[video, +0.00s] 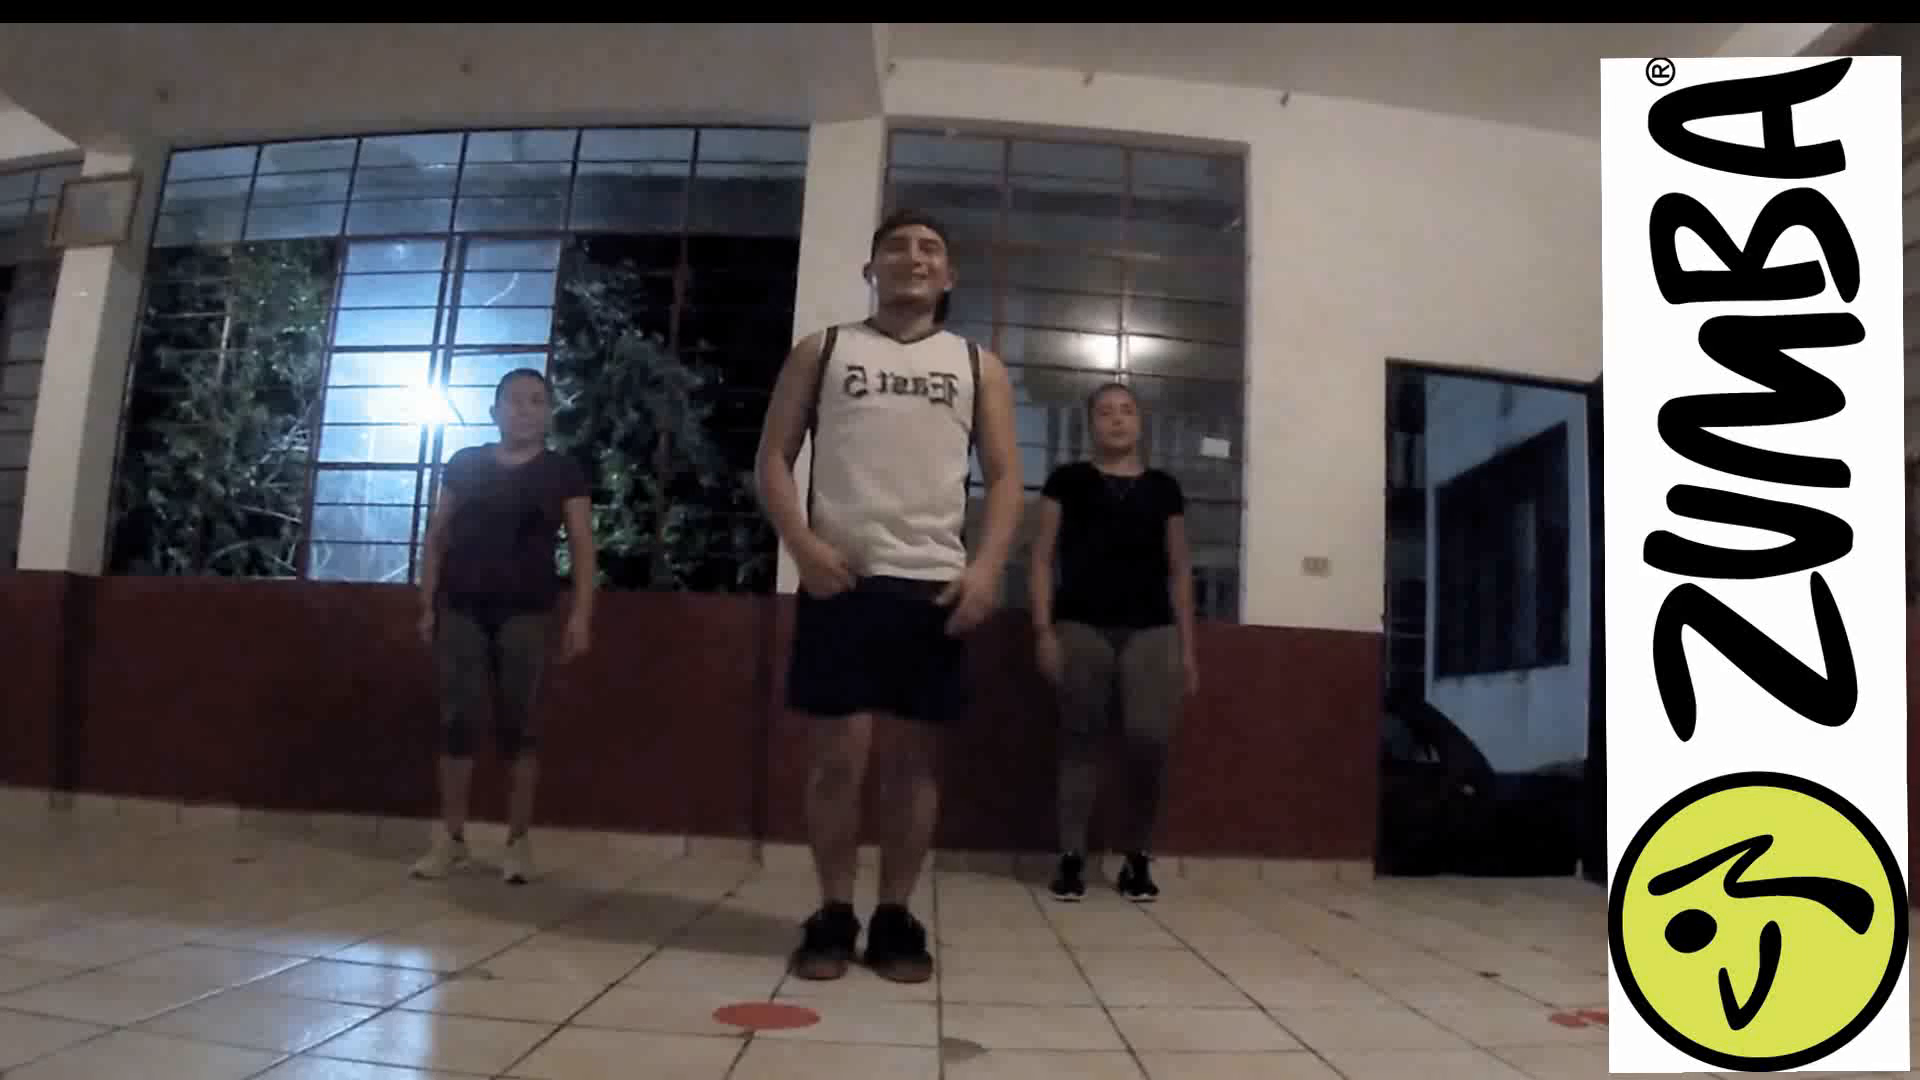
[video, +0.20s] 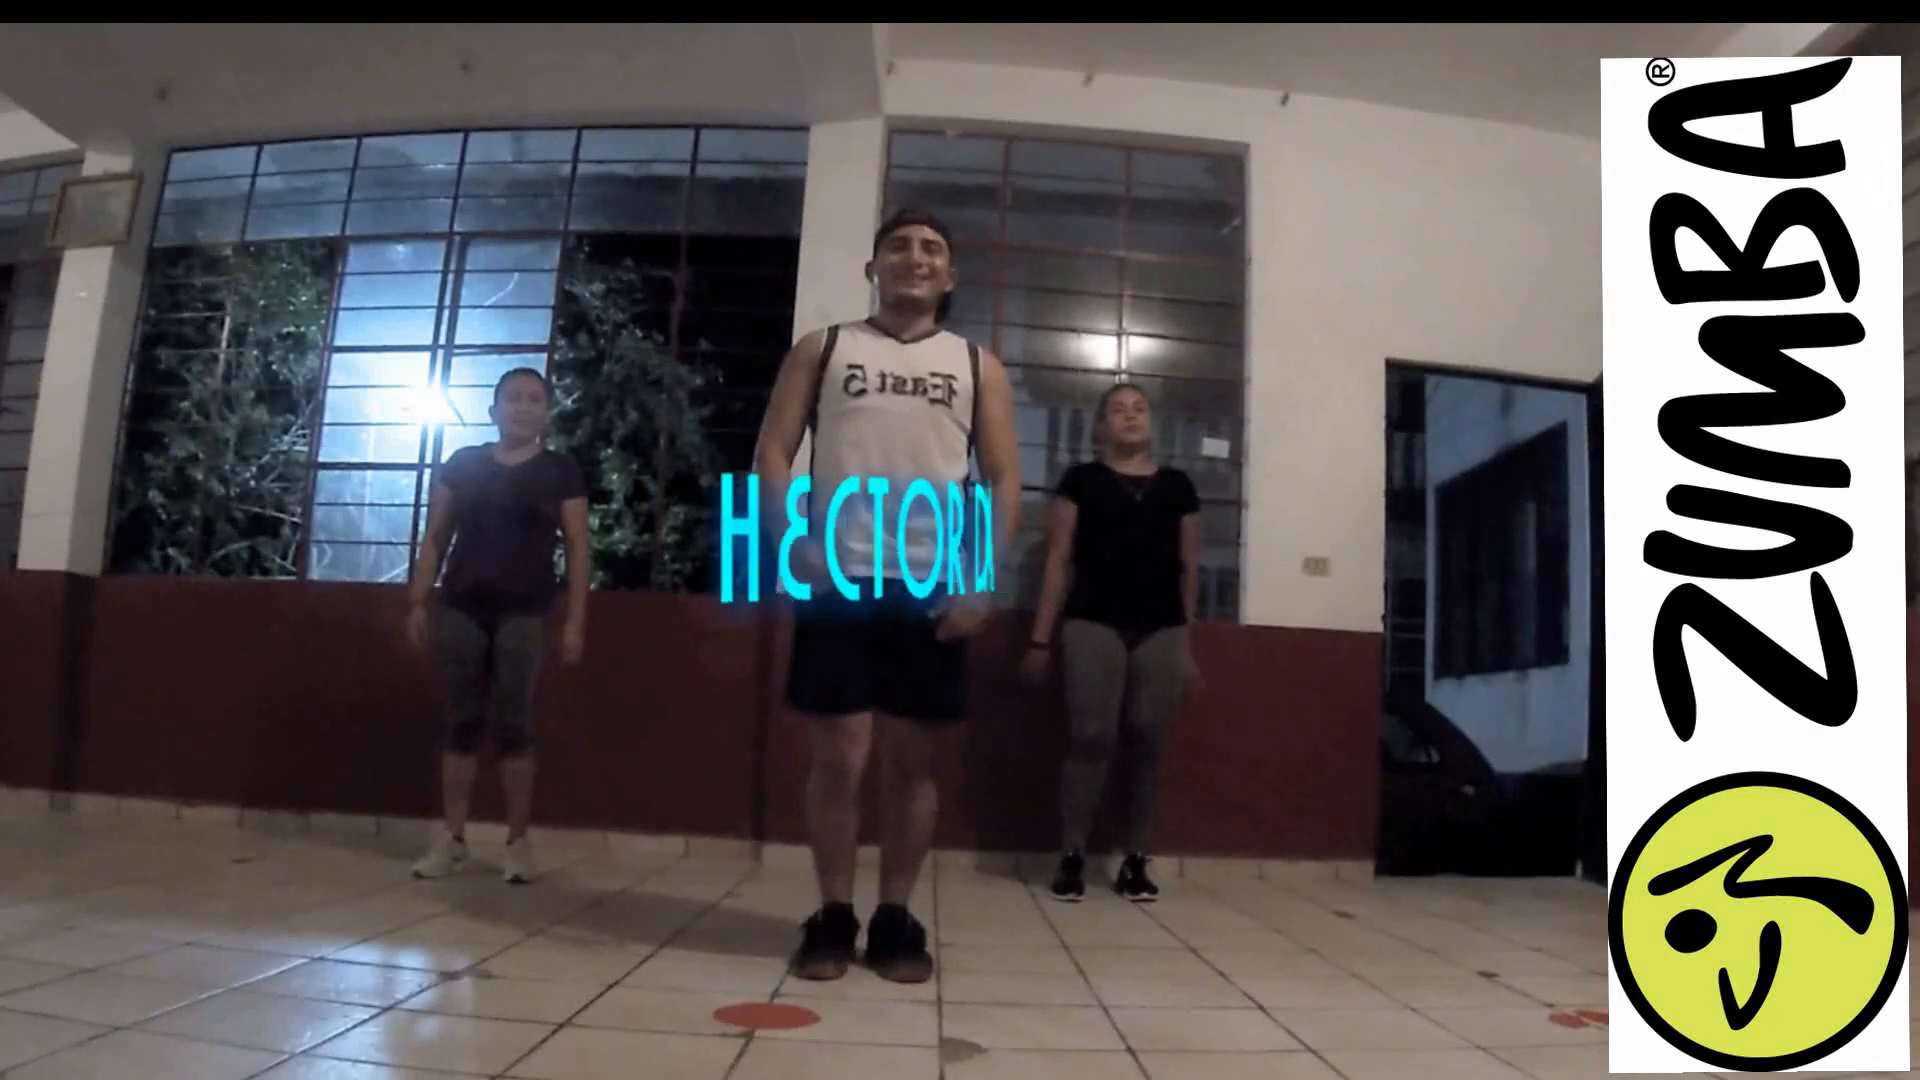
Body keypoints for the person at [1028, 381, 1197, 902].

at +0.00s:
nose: (1117, 420)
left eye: (1126, 412)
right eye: (1106, 413)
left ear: (1141, 424)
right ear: (1090, 425)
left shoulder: (1162, 488)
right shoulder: (1067, 481)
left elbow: (1180, 570)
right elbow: (1041, 559)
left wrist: (1187, 649)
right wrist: (1044, 632)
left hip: (1151, 635)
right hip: (1083, 632)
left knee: (1149, 747)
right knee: (1079, 744)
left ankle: (1138, 857)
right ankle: (1072, 853)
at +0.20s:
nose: (1131, 417)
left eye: (1139, 410)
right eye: (1120, 411)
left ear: (1152, 422)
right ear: (1102, 424)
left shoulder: (1177, 487)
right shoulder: (1079, 481)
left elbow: (1187, 569)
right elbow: (1058, 562)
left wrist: (1186, 644)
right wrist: (1041, 638)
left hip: (1160, 630)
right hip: (1093, 627)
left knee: (1148, 744)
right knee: (1090, 740)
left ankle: (1136, 857)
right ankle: (1073, 853)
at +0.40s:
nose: (1140, 418)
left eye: (1148, 410)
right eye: (1129, 411)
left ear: (1162, 423)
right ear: (1112, 425)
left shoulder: (1188, 488)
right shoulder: (1085, 484)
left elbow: (1204, 562)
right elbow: (1066, 568)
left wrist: (1202, 625)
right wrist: (1054, 640)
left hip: (1169, 632)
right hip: (1100, 629)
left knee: (1151, 748)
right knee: (1092, 737)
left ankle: (1135, 858)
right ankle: (1071, 853)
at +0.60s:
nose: (1145, 419)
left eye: (1154, 412)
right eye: (1135, 412)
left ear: (1168, 425)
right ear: (1118, 425)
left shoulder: (1194, 486)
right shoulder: (1094, 482)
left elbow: (1221, 549)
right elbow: (1073, 562)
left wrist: (1224, 600)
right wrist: (1064, 638)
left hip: (1174, 629)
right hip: (1107, 627)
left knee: (1157, 745)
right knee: (1097, 737)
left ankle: (1136, 858)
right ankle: (1073, 852)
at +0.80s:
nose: (1150, 422)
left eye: (1159, 415)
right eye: (1139, 416)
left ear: (1173, 428)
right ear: (1123, 429)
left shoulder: (1196, 491)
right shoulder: (1100, 483)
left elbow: (1223, 572)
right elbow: (1079, 561)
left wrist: (1238, 648)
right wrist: (1064, 634)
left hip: (1175, 634)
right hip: (1109, 630)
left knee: (1157, 746)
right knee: (1102, 734)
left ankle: (1137, 860)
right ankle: (1076, 854)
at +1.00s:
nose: (1151, 425)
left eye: (1159, 417)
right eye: (1141, 418)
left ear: (1174, 429)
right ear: (1124, 429)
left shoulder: (1193, 491)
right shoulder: (1099, 482)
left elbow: (1216, 575)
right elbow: (1074, 556)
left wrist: (1228, 645)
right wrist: (1077, 627)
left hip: (1175, 634)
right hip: (1110, 632)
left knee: (1155, 749)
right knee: (1104, 743)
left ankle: (1137, 860)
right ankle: (1081, 856)